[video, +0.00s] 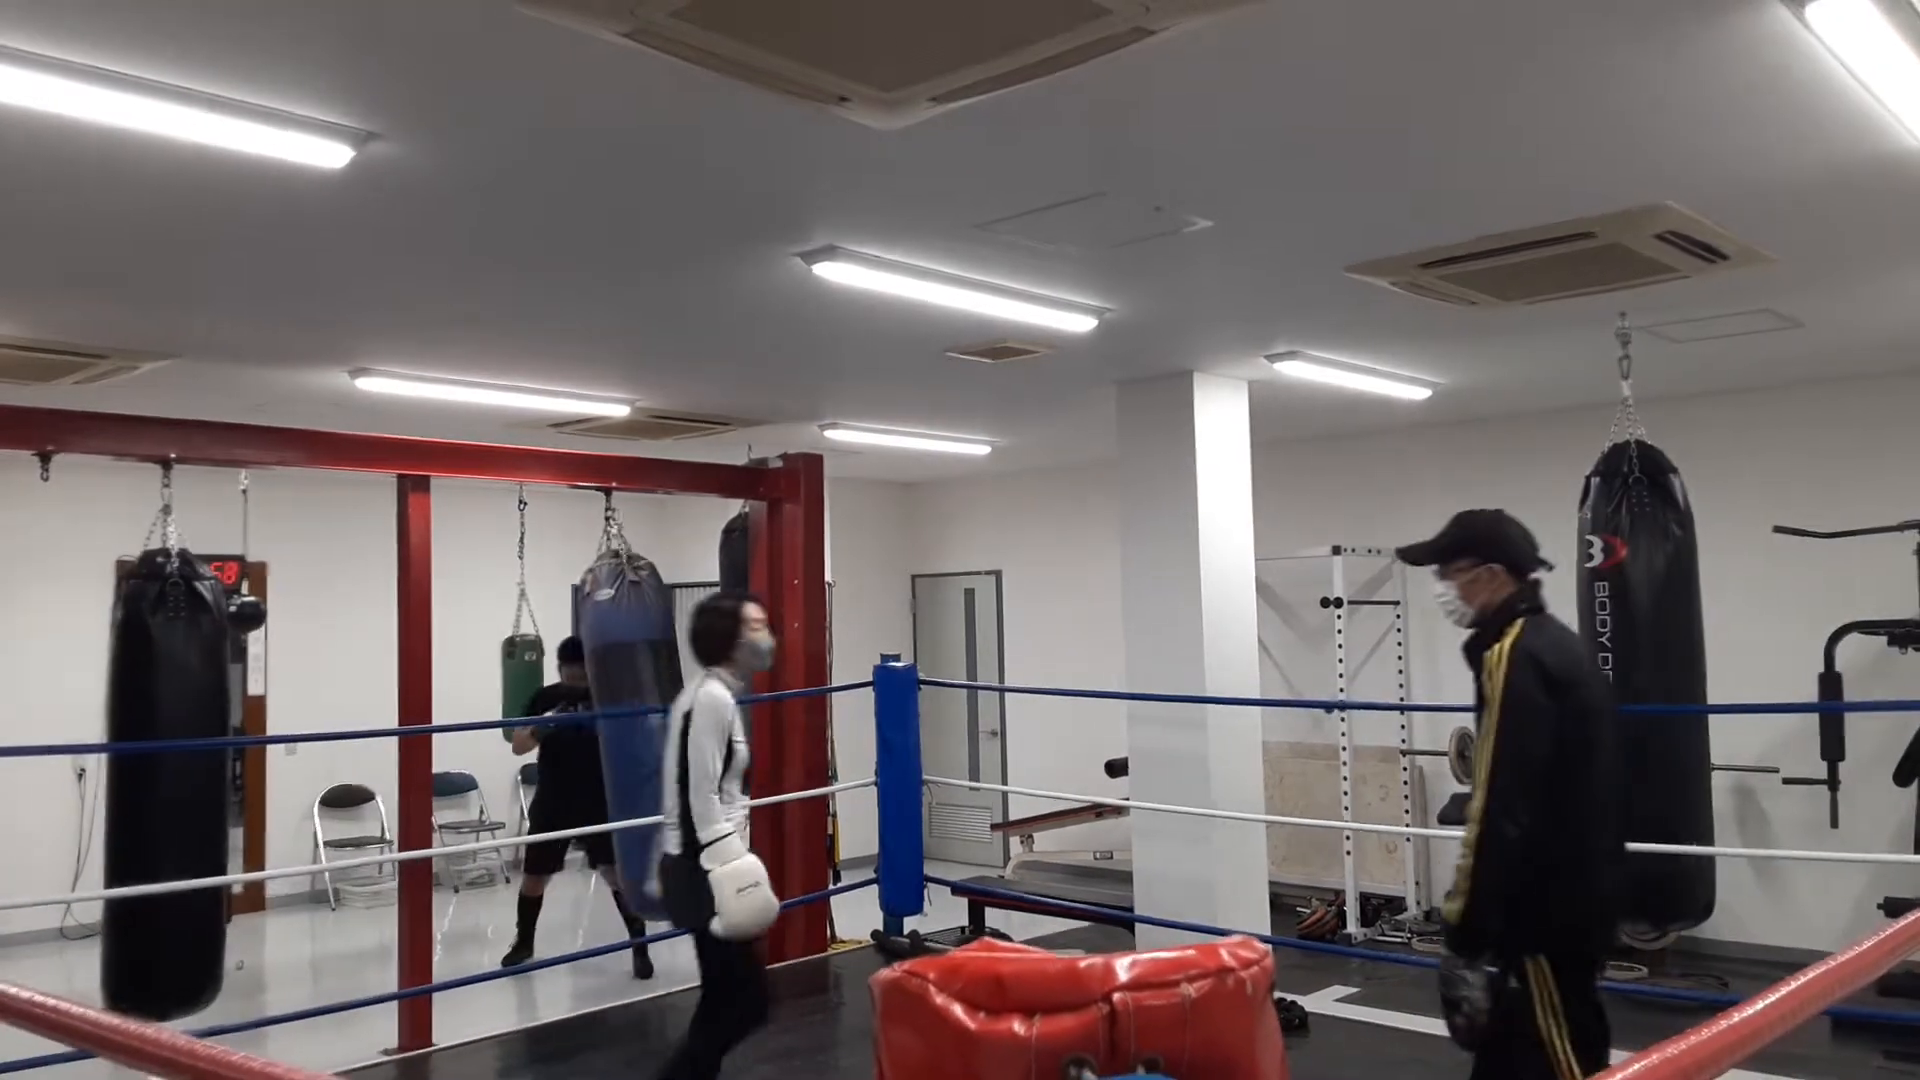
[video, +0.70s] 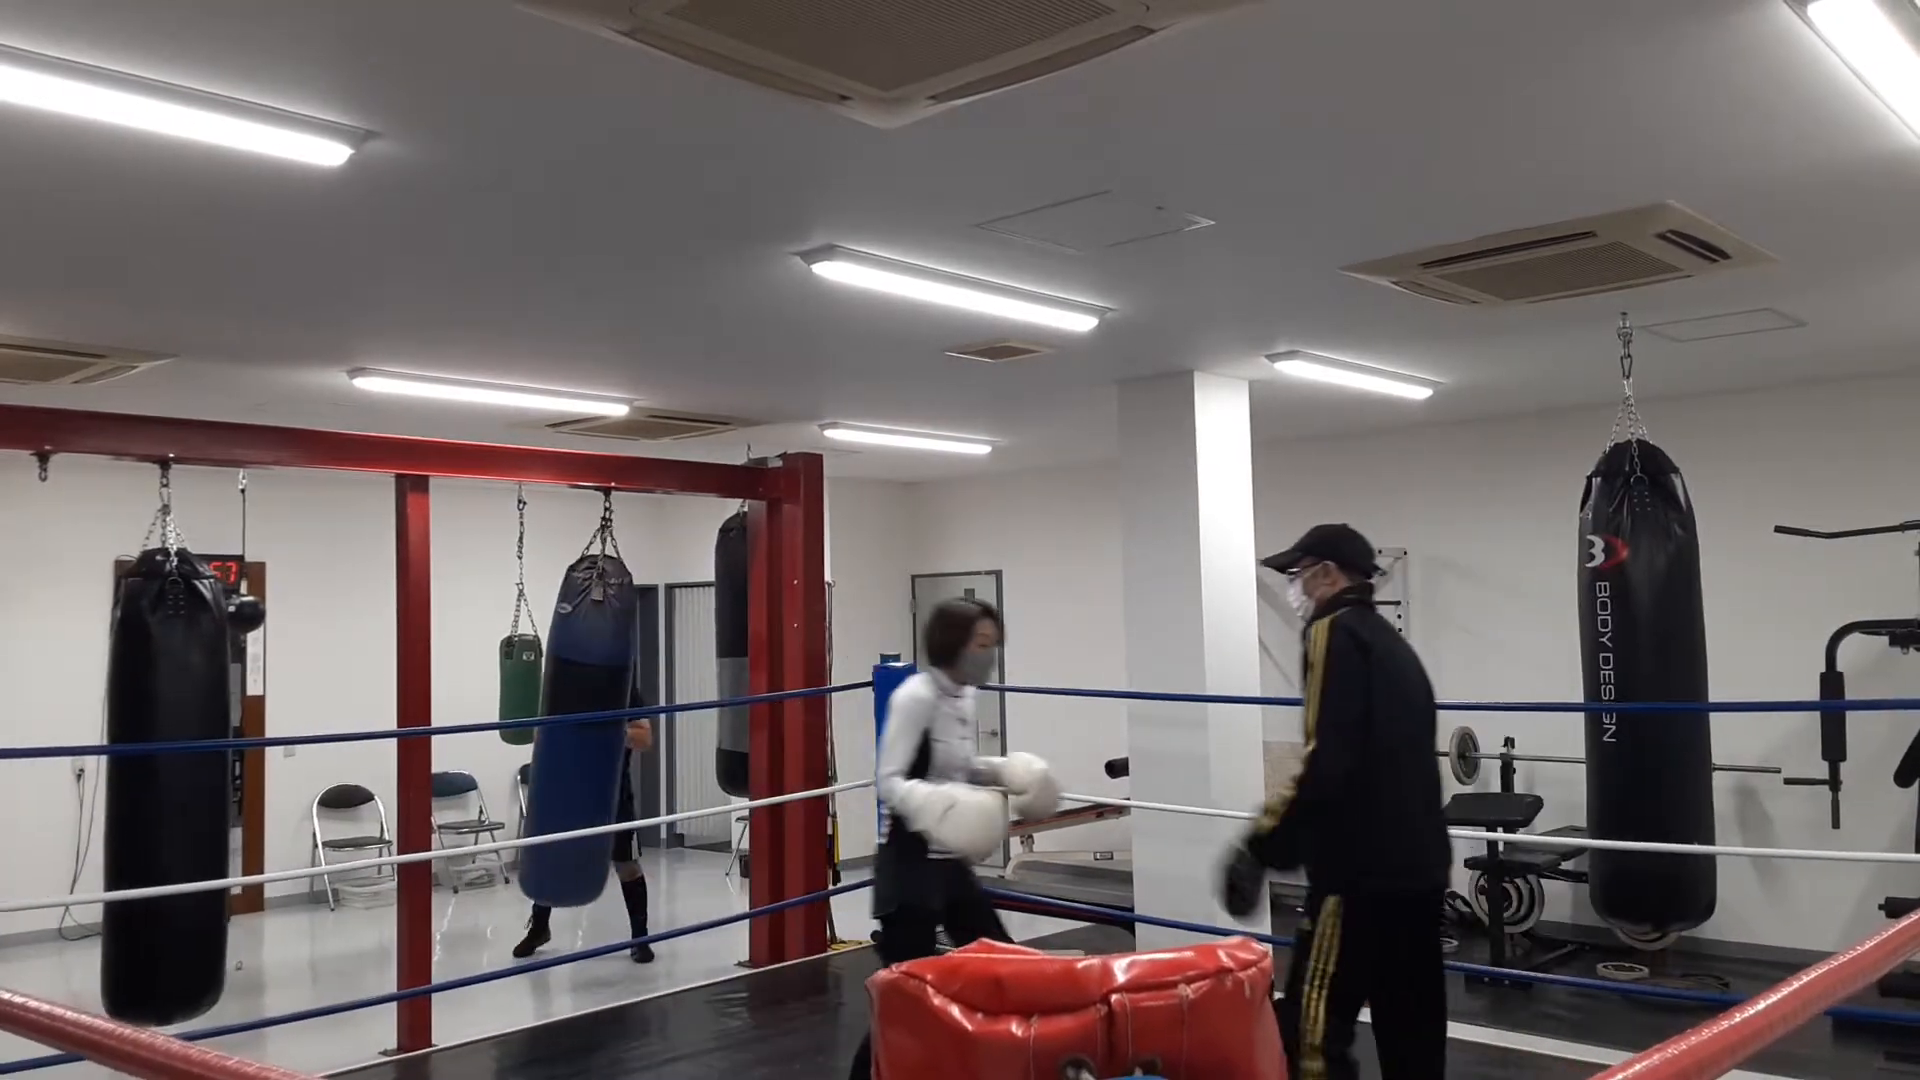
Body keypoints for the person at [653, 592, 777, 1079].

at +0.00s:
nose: (768, 637)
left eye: (766, 627)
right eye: (756, 627)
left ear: (731, 637)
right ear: (727, 636)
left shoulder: (710, 694)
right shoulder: (712, 698)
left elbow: (703, 792)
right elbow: (704, 796)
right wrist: (738, 874)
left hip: (702, 862)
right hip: (701, 864)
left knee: (728, 996)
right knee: (742, 1000)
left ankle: (688, 1071)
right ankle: (683, 1072)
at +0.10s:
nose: (798, 645)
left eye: (798, 635)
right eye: (789, 634)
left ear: (767, 640)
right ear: (759, 640)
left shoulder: (748, 700)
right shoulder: (730, 701)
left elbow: (752, 790)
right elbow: (714, 798)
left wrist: (785, 826)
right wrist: (745, 880)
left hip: (747, 867)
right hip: (730, 871)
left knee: (732, 994)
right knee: (793, 995)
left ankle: (706, 1072)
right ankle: (756, 1072)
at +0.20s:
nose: (830, 652)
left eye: (831, 641)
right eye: (821, 641)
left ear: (802, 647)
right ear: (792, 645)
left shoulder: (787, 699)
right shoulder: (759, 703)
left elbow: (814, 766)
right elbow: (731, 795)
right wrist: (749, 879)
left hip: (787, 868)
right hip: (768, 874)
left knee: (749, 994)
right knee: (823, 998)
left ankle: (711, 1074)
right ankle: (820, 1074)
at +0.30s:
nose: (866, 657)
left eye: (866, 646)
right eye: (856, 646)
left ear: (834, 655)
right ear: (828, 651)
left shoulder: (822, 705)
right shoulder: (789, 708)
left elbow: (853, 760)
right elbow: (757, 798)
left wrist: (911, 781)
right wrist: (763, 876)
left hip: (818, 875)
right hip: (799, 878)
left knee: (782, 998)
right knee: (854, 995)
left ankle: (726, 1072)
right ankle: (843, 1077)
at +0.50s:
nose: (929, 656)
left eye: (931, 646)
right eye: (922, 646)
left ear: (915, 646)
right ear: (894, 647)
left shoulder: (894, 695)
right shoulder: (850, 701)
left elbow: (895, 759)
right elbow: (815, 791)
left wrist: (949, 772)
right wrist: (852, 859)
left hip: (886, 859)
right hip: (857, 865)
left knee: (889, 988)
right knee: (906, 979)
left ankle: (847, 1065)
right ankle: (821, 1061)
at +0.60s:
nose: (958, 652)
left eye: (960, 642)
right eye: (950, 642)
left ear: (951, 645)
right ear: (921, 643)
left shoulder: (928, 694)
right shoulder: (881, 696)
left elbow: (923, 765)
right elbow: (852, 783)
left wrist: (973, 771)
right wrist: (899, 830)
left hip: (915, 851)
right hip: (877, 857)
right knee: (899, 983)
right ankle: (863, 1068)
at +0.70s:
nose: (989, 653)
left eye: (992, 644)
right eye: (982, 643)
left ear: (988, 647)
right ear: (954, 643)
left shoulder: (965, 695)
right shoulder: (915, 695)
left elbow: (959, 767)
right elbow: (889, 781)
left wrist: (1008, 776)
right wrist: (946, 807)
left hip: (948, 858)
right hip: (909, 860)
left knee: (999, 962)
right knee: (912, 979)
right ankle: (866, 1070)